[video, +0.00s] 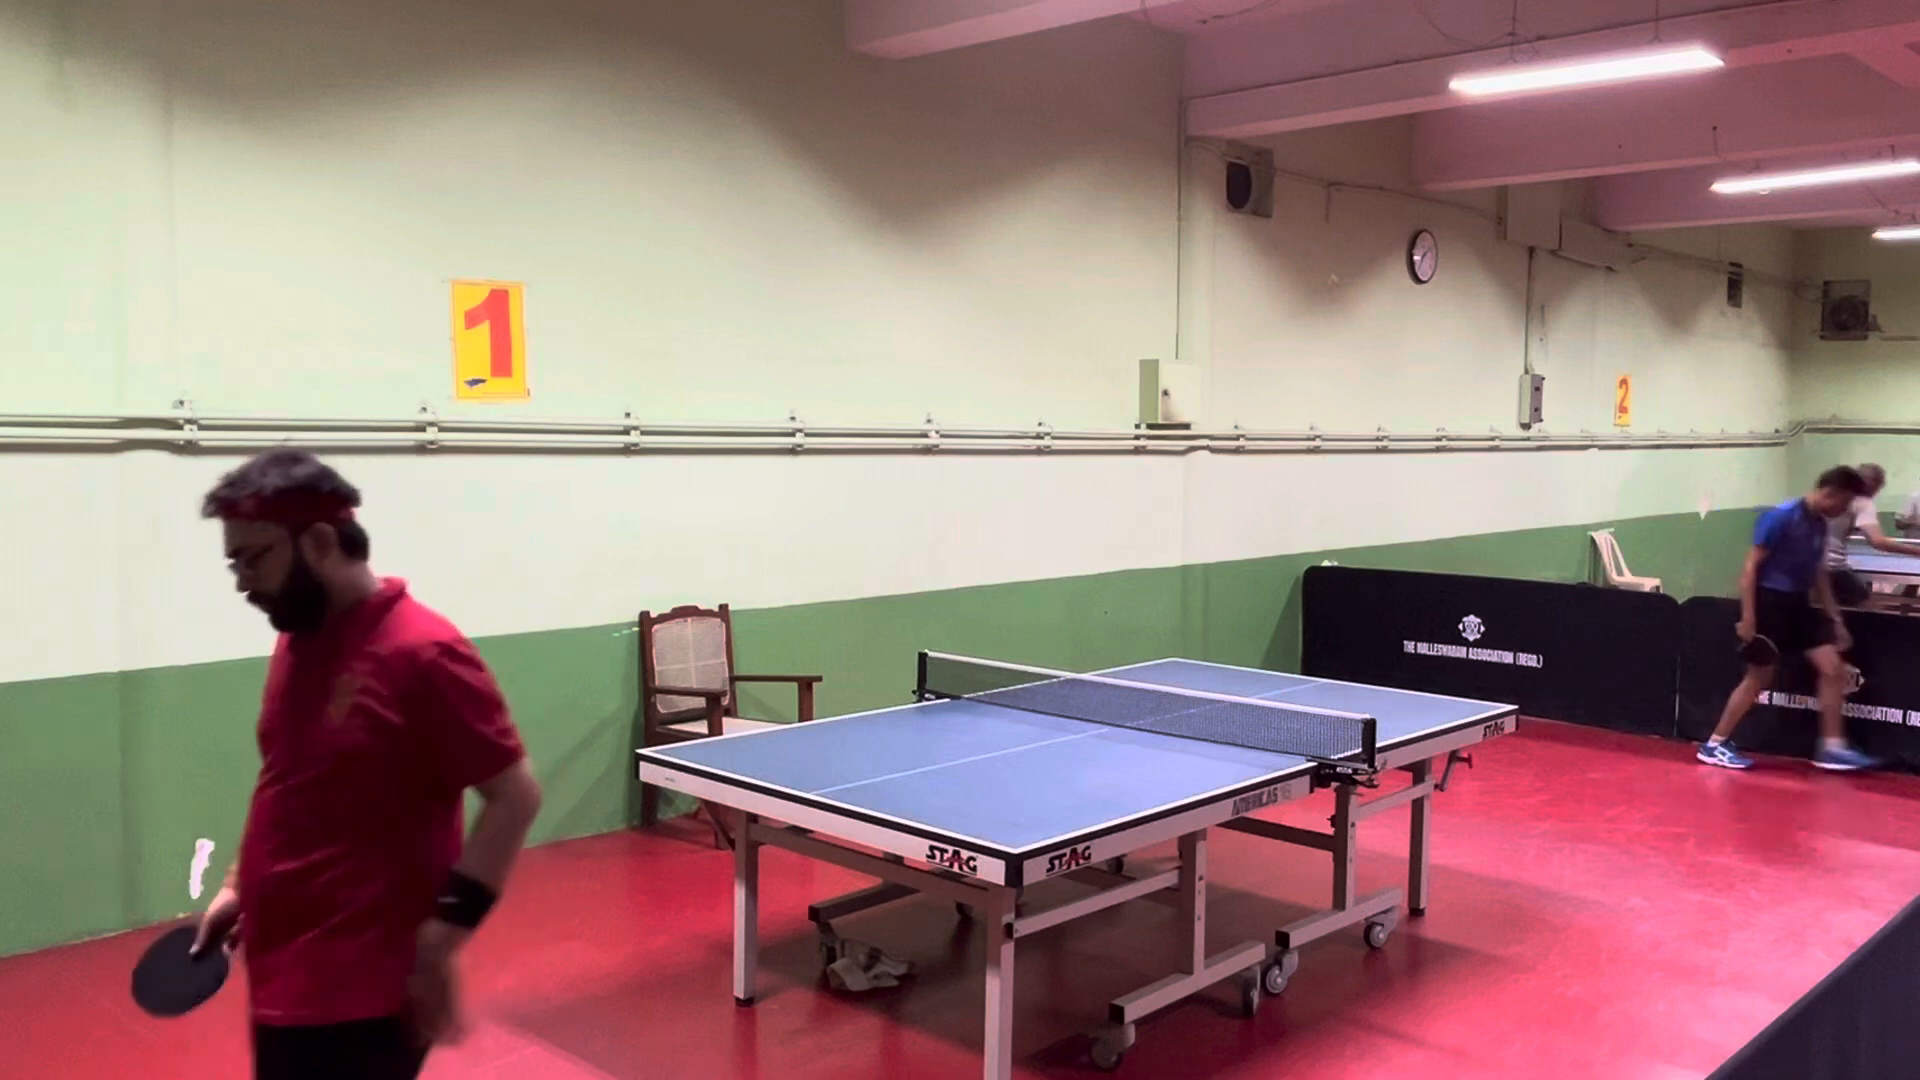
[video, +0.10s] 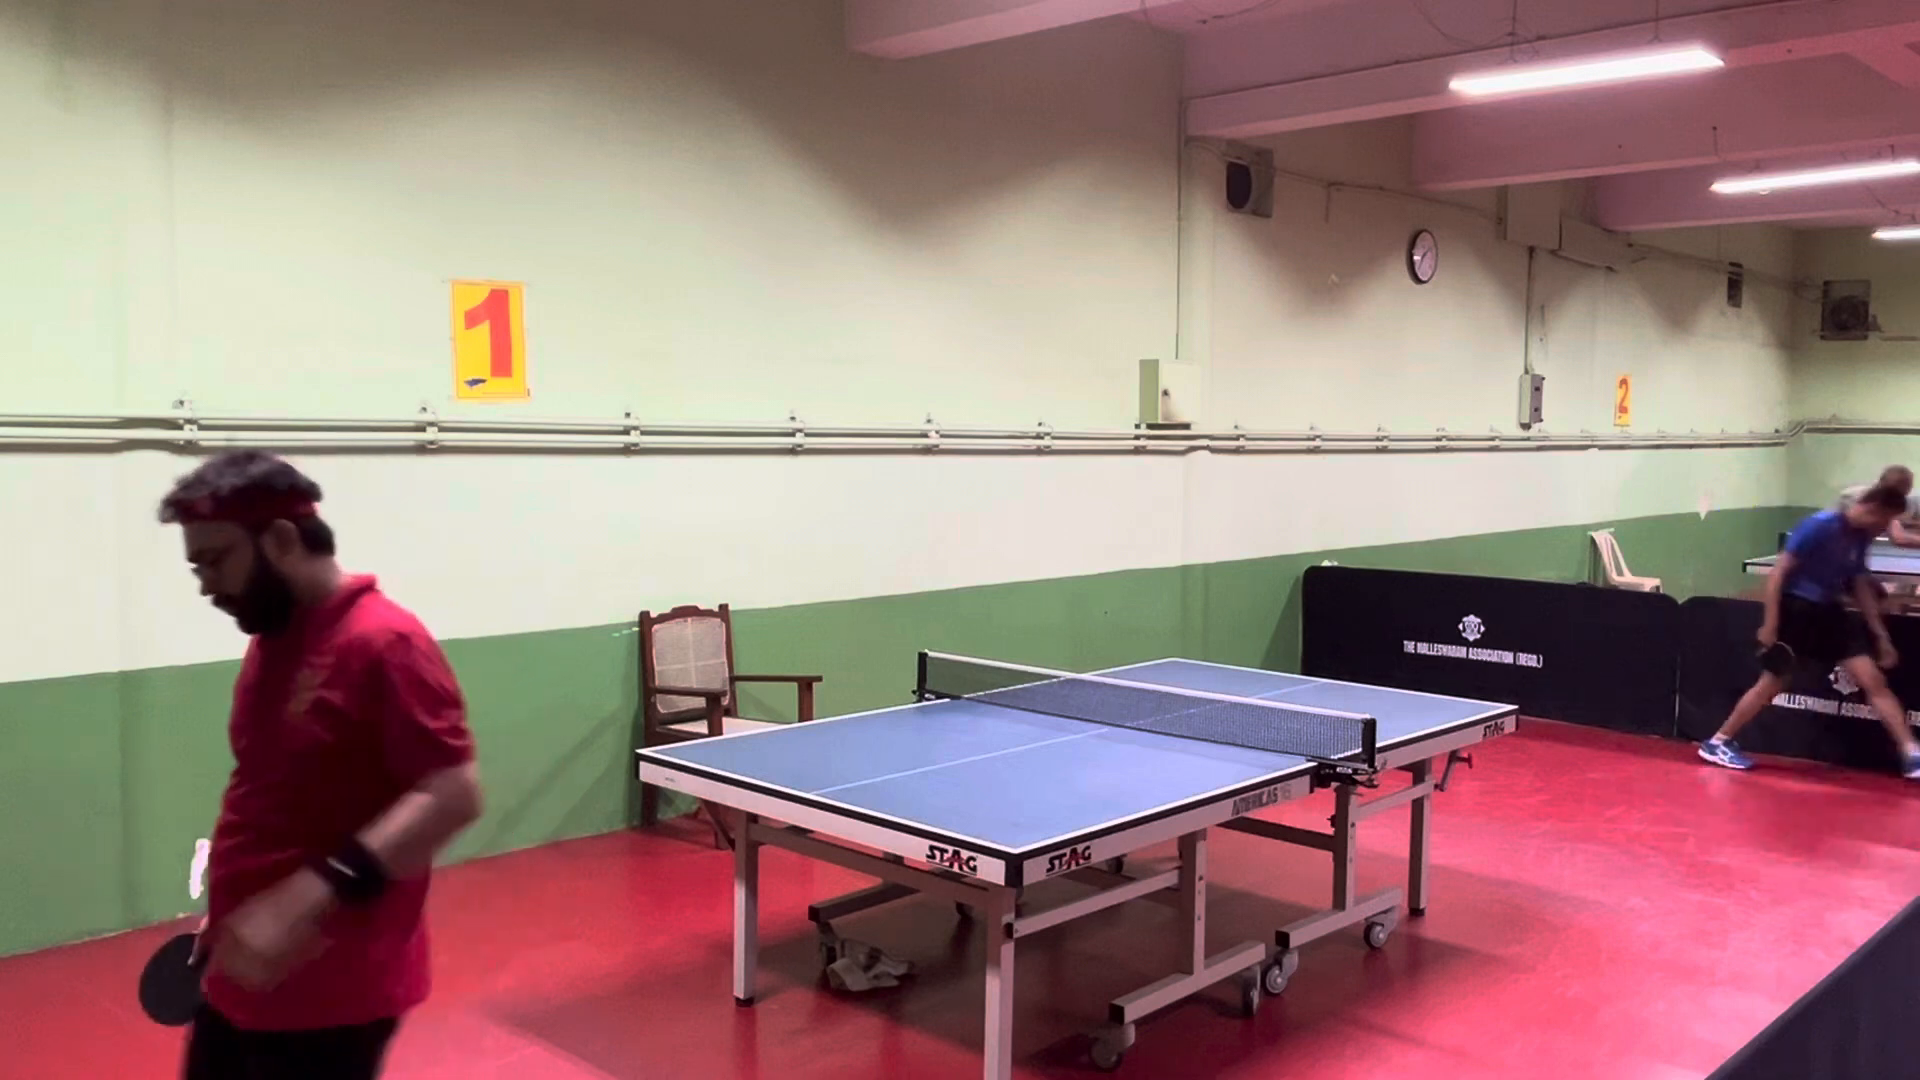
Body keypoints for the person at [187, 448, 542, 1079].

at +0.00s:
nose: (241, 583)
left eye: (253, 558)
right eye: (236, 564)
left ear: (320, 541)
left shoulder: (424, 650)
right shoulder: (297, 646)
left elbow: (514, 794)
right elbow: (293, 792)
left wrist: (444, 935)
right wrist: (240, 890)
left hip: (367, 990)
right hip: (286, 985)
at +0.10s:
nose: (205, 586)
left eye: (214, 560)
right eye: (197, 566)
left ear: (281, 542)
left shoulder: (386, 640)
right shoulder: (274, 643)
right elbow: (284, 799)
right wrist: (225, 913)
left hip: (328, 996)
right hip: (243, 980)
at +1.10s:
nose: (244, 511)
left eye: (240, 498)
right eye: (235, 500)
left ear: (138, 518)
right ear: (201, 520)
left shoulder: (50, 615)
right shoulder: (260, 615)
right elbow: (315, 744)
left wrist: (32, 788)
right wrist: (295, 797)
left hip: (76, 896)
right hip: (192, 906)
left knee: (117, 1051)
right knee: (161, 1064)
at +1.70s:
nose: (398, 504)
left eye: (393, 493)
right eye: (385, 498)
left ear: (323, 515)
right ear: (343, 516)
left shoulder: (266, 574)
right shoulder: (361, 604)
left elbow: (289, 681)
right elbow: (367, 725)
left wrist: (373, 700)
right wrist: (408, 846)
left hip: (259, 839)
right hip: (342, 848)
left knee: (244, 994)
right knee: (413, 986)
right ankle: (457, 1076)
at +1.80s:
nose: (437, 504)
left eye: (432, 493)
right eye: (425, 497)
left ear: (367, 515)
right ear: (387, 519)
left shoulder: (309, 573)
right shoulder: (399, 607)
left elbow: (306, 700)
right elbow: (404, 732)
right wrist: (426, 852)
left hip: (313, 831)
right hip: (396, 838)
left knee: (299, 979)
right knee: (439, 981)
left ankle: (246, 1078)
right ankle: (464, 1076)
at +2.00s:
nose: (503, 491)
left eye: (497, 480)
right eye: (492, 484)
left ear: (433, 501)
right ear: (460, 505)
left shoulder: (370, 562)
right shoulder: (467, 595)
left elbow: (336, 659)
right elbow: (471, 721)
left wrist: (339, 751)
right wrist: (513, 825)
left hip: (379, 803)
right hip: (439, 816)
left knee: (424, 917)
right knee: (457, 958)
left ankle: (331, 1053)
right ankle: (467, 1073)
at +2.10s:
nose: (526, 489)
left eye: (521, 478)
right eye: (516, 481)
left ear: (451, 493)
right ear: (485, 499)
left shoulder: (390, 558)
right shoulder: (493, 588)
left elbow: (348, 655)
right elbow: (506, 713)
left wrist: (333, 744)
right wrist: (559, 792)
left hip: (404, 789)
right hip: (464, 804)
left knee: (447, 911)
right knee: (467, 952)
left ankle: (400, 1046)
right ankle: (467, 1074)